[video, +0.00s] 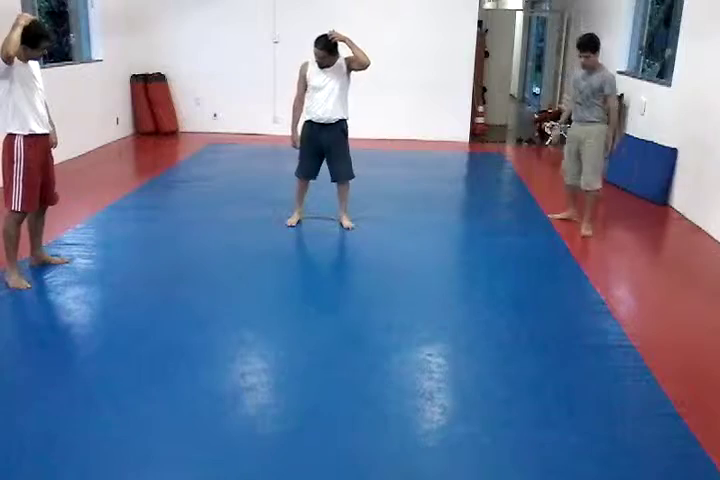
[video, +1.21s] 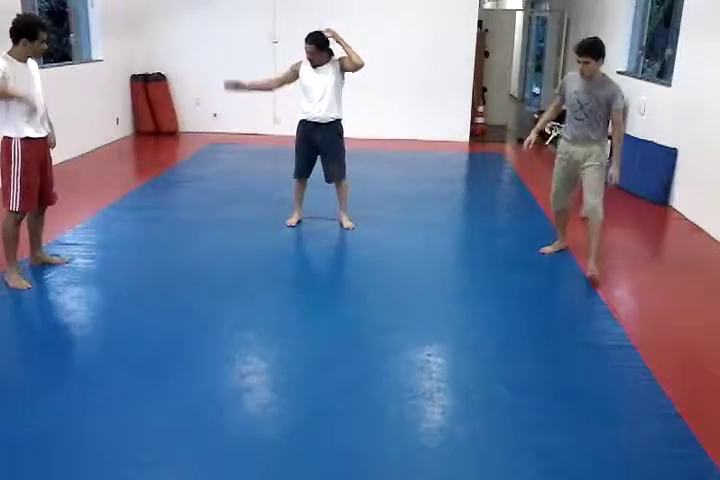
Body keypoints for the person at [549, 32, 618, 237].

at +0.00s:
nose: (583, 61)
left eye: (587, 57)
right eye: (580, 56)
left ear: (596, 54)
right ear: (578, 54)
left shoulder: (607, 77)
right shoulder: (577, 75)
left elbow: (613, 108)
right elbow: (570, 103)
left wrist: (611, 136)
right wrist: (559, 124)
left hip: (596, 128)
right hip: (576, 127)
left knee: (591, 179)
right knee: (570, 173)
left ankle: (587, 220)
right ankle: (571, 209)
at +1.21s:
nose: (580, 67)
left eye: (585, 63)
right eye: (578, 62)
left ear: (599, 62)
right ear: (577, 60)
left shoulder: (611, 91)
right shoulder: (570, 80)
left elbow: (617, 128)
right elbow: (556, 106)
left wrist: (615, 164)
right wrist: (536, 130)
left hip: (594, 151)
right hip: (567, 147)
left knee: (593, 207)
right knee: (558, 198)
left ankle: (592, 262)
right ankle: (561, 240)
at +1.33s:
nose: (585, 67)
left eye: (590, 63)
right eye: (584, 62)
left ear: (604, 62)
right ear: (585, 60)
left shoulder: (618, 93)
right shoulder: (576, 82)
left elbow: (620, 133)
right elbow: (563, 113)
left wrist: (619, 168)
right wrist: (544, 135)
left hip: (600, 154)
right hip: (572, 150)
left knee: (596, 216)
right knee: (561, 204)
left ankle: (593, 267)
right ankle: (561, 239)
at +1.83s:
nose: (578, 64)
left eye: (582, 59)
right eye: (579, 59)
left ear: (598, 61)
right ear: (594, 61)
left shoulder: (619, 94)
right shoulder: (588, 88)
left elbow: (624, 138)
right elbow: (583, 128)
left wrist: (619, 177)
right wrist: (572, 156)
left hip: (602, 161)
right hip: (576, 158)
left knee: (599, 222)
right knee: (570, 221)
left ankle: (594, 269)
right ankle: (572, 277)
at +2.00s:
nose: (572, 63)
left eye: (576, 58)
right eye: (572, 58)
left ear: (591, 59)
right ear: (587, 60)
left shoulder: (615, 93)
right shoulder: (582, 86)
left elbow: (619, 137)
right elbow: (578, 125)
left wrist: (611, 175)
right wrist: (567, 150)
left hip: (596, 161)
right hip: (572, 157)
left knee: (591, 225)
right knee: (567, 223)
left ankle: (592, 273)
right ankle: (572, 278)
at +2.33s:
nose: (564, 64)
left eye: (567, 58)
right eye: (564, 58)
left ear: (582, 59)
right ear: (580, 59)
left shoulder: (600, 93)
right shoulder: (580, 87)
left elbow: (604, 140)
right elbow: (572, 126)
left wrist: (597, 185)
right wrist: (549, 142)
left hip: (587, 167)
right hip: (571, 163)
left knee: (579, 233)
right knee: (569, 228)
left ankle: (574, 299)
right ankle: (570, 282)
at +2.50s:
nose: (563, 66)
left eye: (567, 60)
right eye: (563, 60)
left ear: (583, 61)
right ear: (581, 61)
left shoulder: (597, 95)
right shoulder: (582, 89)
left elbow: (595, 146)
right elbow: (578, 133)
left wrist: (582, 190)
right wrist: (561, 153)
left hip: (585, 169)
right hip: (571, 165)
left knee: (576, 234)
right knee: (561, 224)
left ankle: (572, 301)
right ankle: (569, 281)